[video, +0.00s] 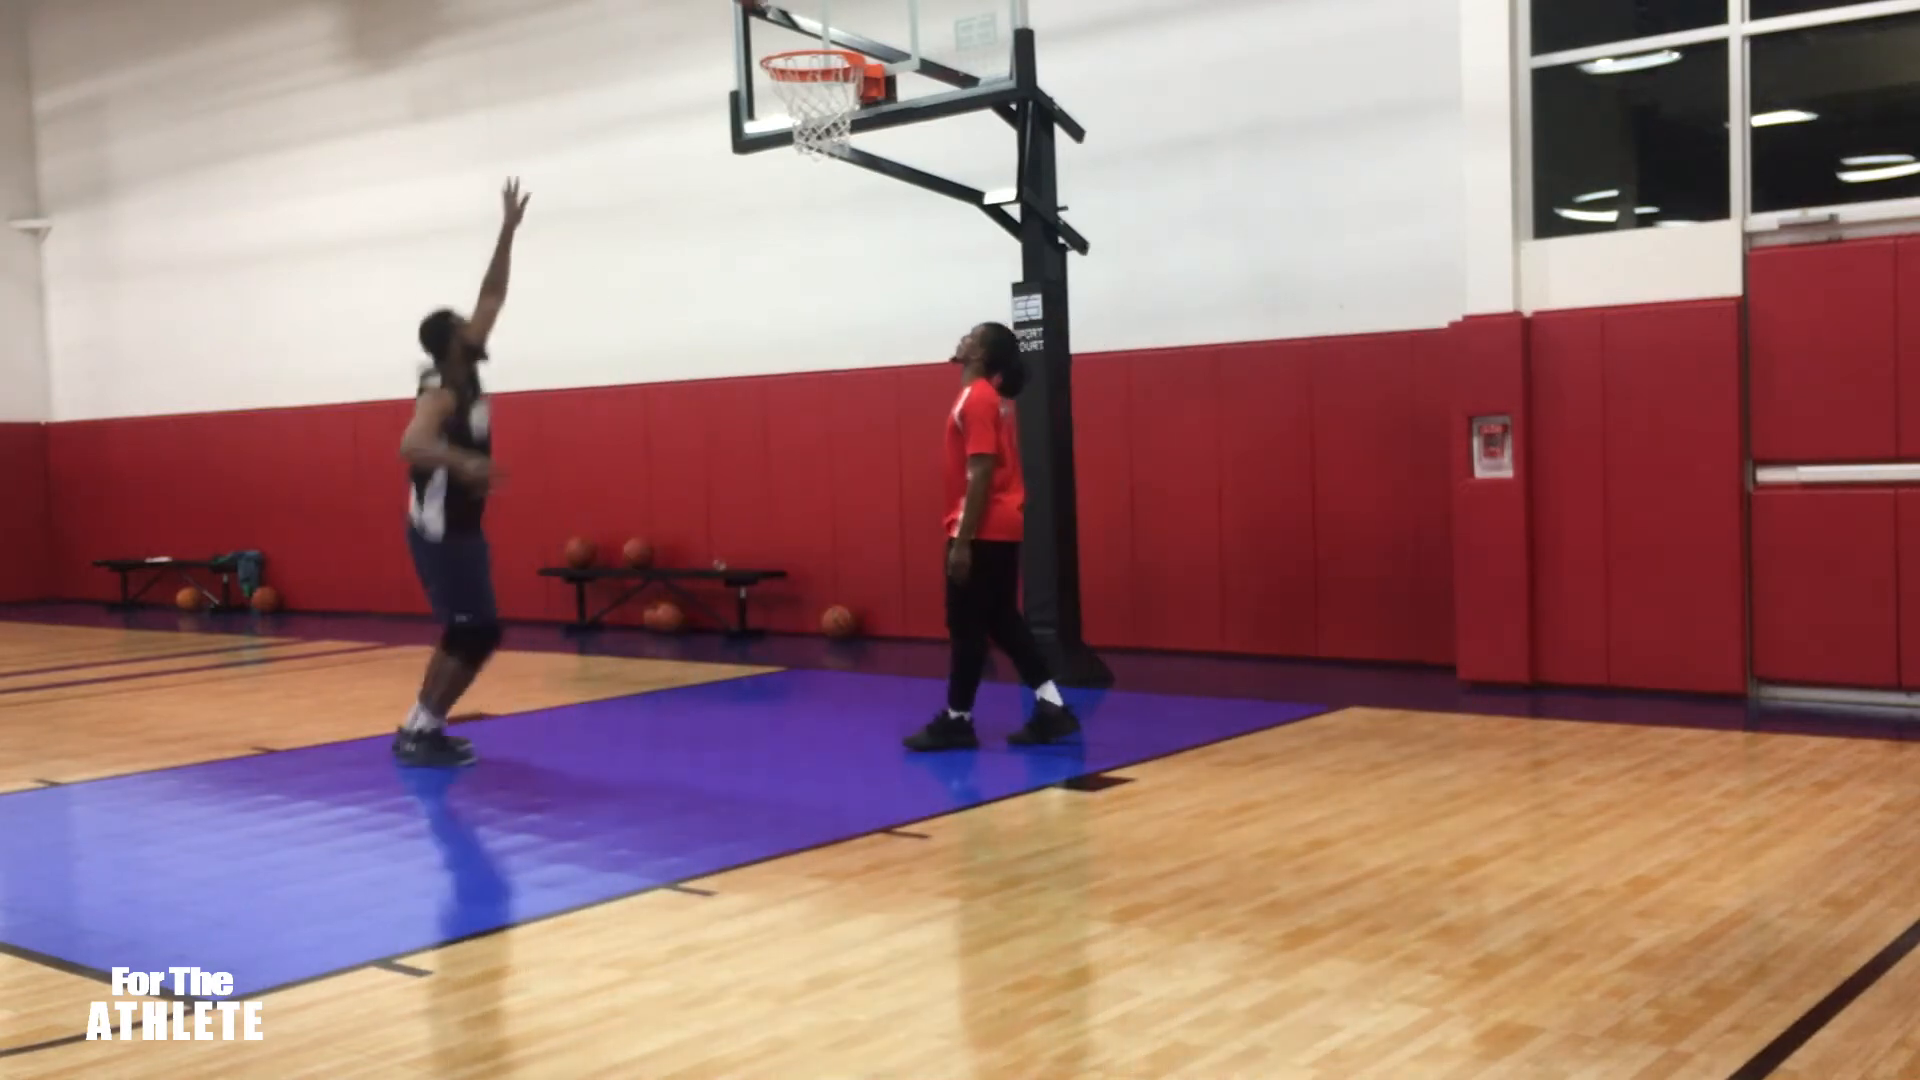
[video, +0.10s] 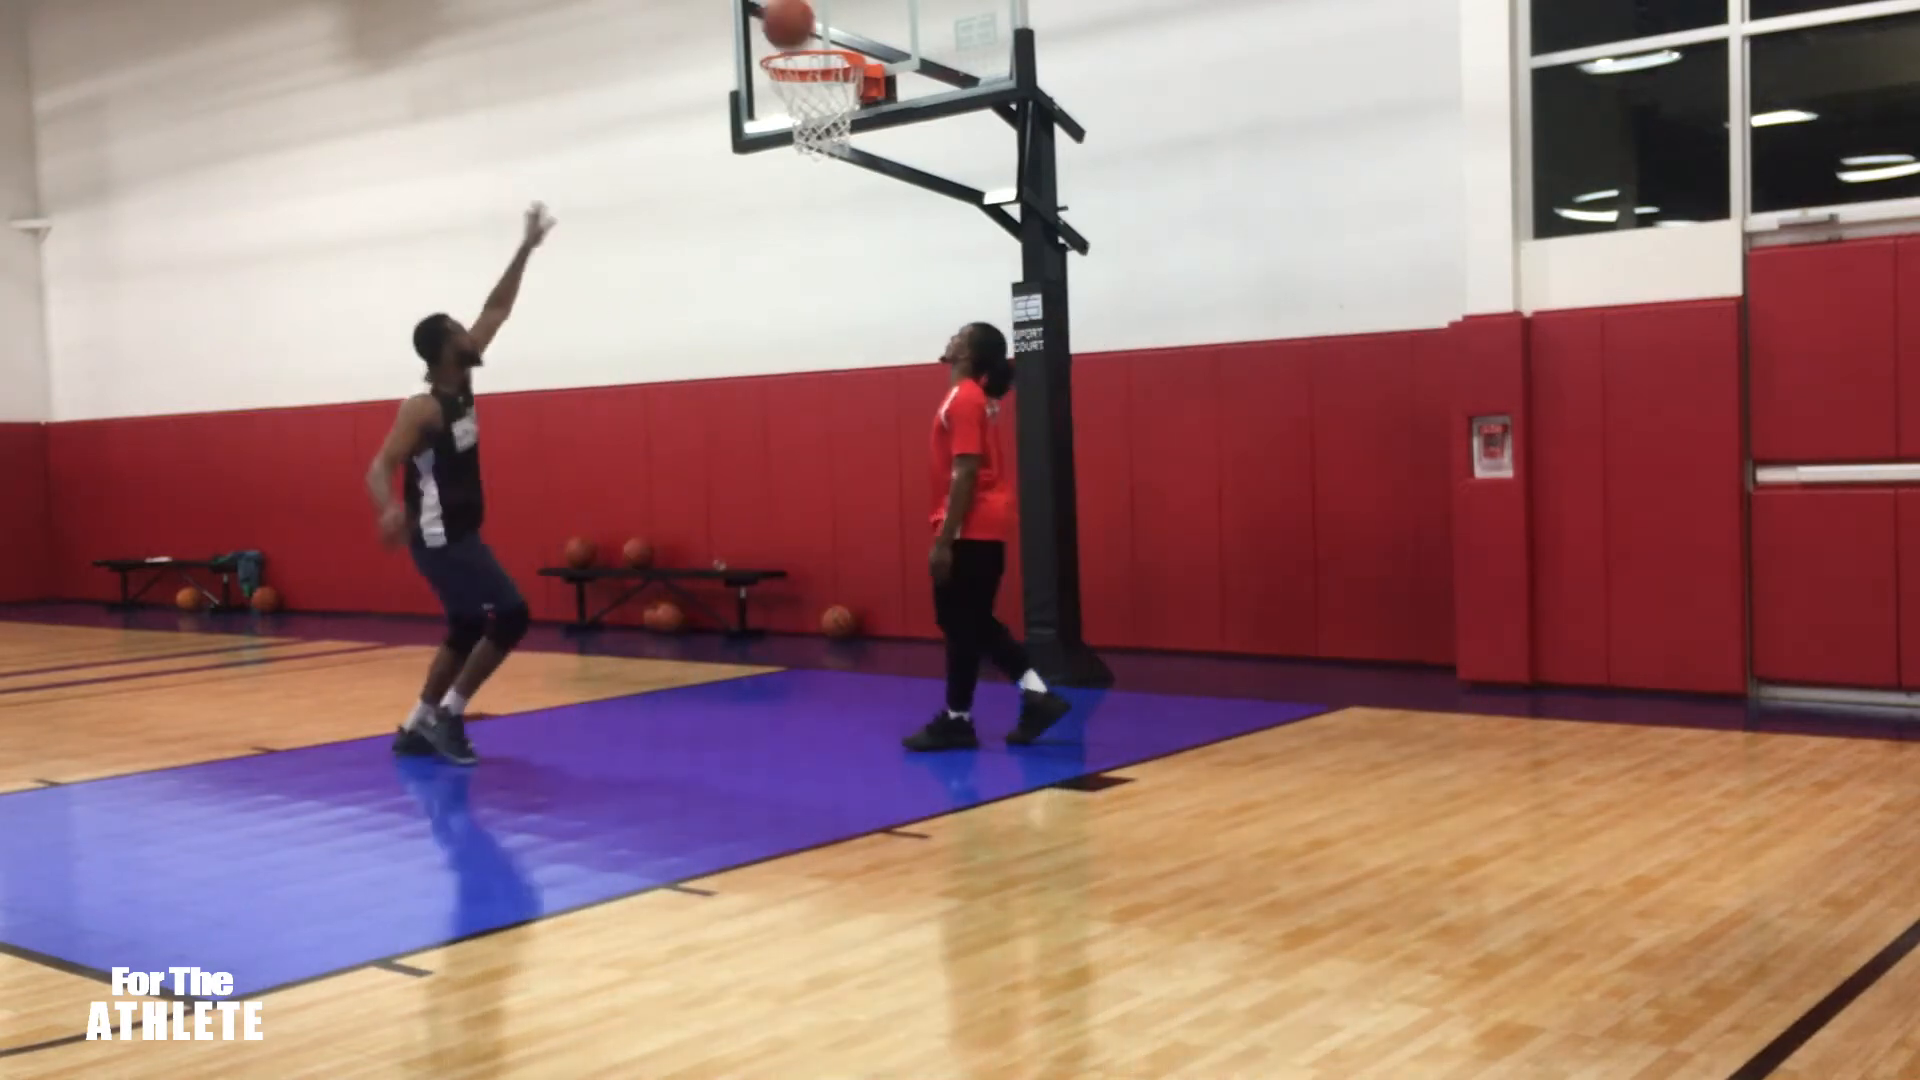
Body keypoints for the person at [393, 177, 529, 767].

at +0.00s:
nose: (475, 327)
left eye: (471, 322)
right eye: (467, 323)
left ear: (455, 340)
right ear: (453, 340)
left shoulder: (467, 373)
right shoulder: (441, 392)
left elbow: (491, 296)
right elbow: (414, 445)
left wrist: (507, 231)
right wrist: (470, 464)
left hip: (458, 524)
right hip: (442, 528)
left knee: (468, 628)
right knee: (477, 629)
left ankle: (423, 726)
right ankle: (422, 729)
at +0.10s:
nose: (472, 337)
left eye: (468, 332)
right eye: (463, 334)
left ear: (454, 347)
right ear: (445, 349)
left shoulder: (463, 382)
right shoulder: (423, 408)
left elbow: (496, 310)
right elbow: (381, 468)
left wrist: (526, 249)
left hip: (458, 537)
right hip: (441, 542)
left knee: (468, 629)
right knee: (511, 617)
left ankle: (419, 724)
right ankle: (447, 713)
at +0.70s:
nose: (467, 310)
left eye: (461, 303)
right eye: (457, 304)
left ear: (444, 320)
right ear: (436, 320)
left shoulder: (471, 362)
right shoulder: (404, 384)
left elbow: (521, 367)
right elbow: (399, 465)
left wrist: (590, 343)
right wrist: (432, 528)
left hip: (475, 521)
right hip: (426, 526)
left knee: (500, 617)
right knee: (432, 625)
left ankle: (448, 706)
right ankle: (403, 740)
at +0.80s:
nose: (480, 310)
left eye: (475, 302)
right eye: (471, 304)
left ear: (456, 317)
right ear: (449, 317)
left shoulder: (479, 365)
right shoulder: (415, 381)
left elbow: (512, 411)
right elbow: (414, 462)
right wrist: (469, 513)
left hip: (484, 513)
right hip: (430, 519)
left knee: (520, 612)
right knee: (427, 623)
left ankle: (479, 721)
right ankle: (403, 741)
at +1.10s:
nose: (578, 331)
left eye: (575, 322)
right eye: (570, 322)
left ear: (548, 330)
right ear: (546, 328)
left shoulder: (553, 392)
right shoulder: (495, 379)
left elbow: (533, 463)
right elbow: (464, 452)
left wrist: (548, 518)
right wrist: (514, 506)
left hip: (534, 530)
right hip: (480, 530)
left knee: (556, 627)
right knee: (459, 628)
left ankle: (554, 752)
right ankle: (414, 729)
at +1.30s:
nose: (631, 322)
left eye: (630, 313)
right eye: (624, 312)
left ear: (602, 314)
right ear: (599, 312)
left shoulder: (597, 372)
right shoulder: (544, 359)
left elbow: (579, 452)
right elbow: (511, 432)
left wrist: (608, 503)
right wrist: (545, 500)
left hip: (578, 518)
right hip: (536, 514)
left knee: (576, 625)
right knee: (558, 618)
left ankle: (555, 751)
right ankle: (492, 710)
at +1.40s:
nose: (653, 326)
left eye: (653, 316)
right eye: (648, 316)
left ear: (629, 313)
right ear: (623, 312)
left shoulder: (619, 367)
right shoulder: (566, 358)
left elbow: (614, 439)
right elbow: (534, 435)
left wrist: (664, 484)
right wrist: (576, 496)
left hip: (598, 517)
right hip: (563, 517)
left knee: (596, 625)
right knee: (590, 623)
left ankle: (565, 746)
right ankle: (558, 750)